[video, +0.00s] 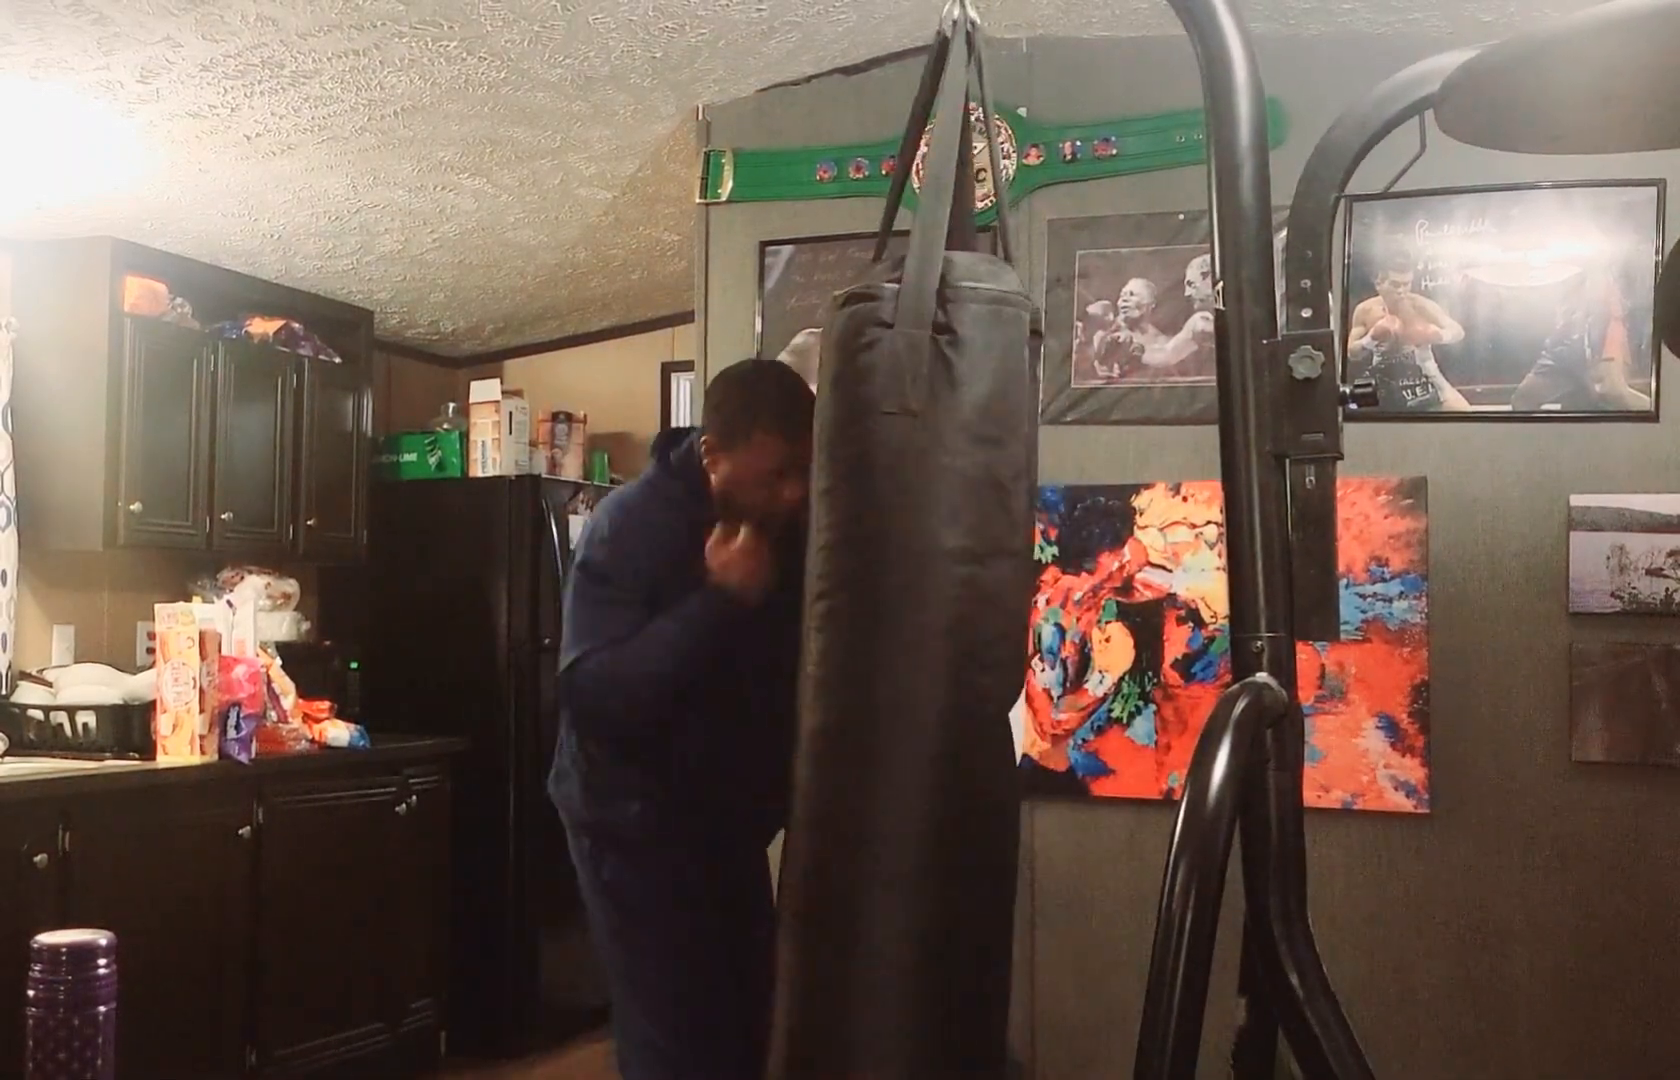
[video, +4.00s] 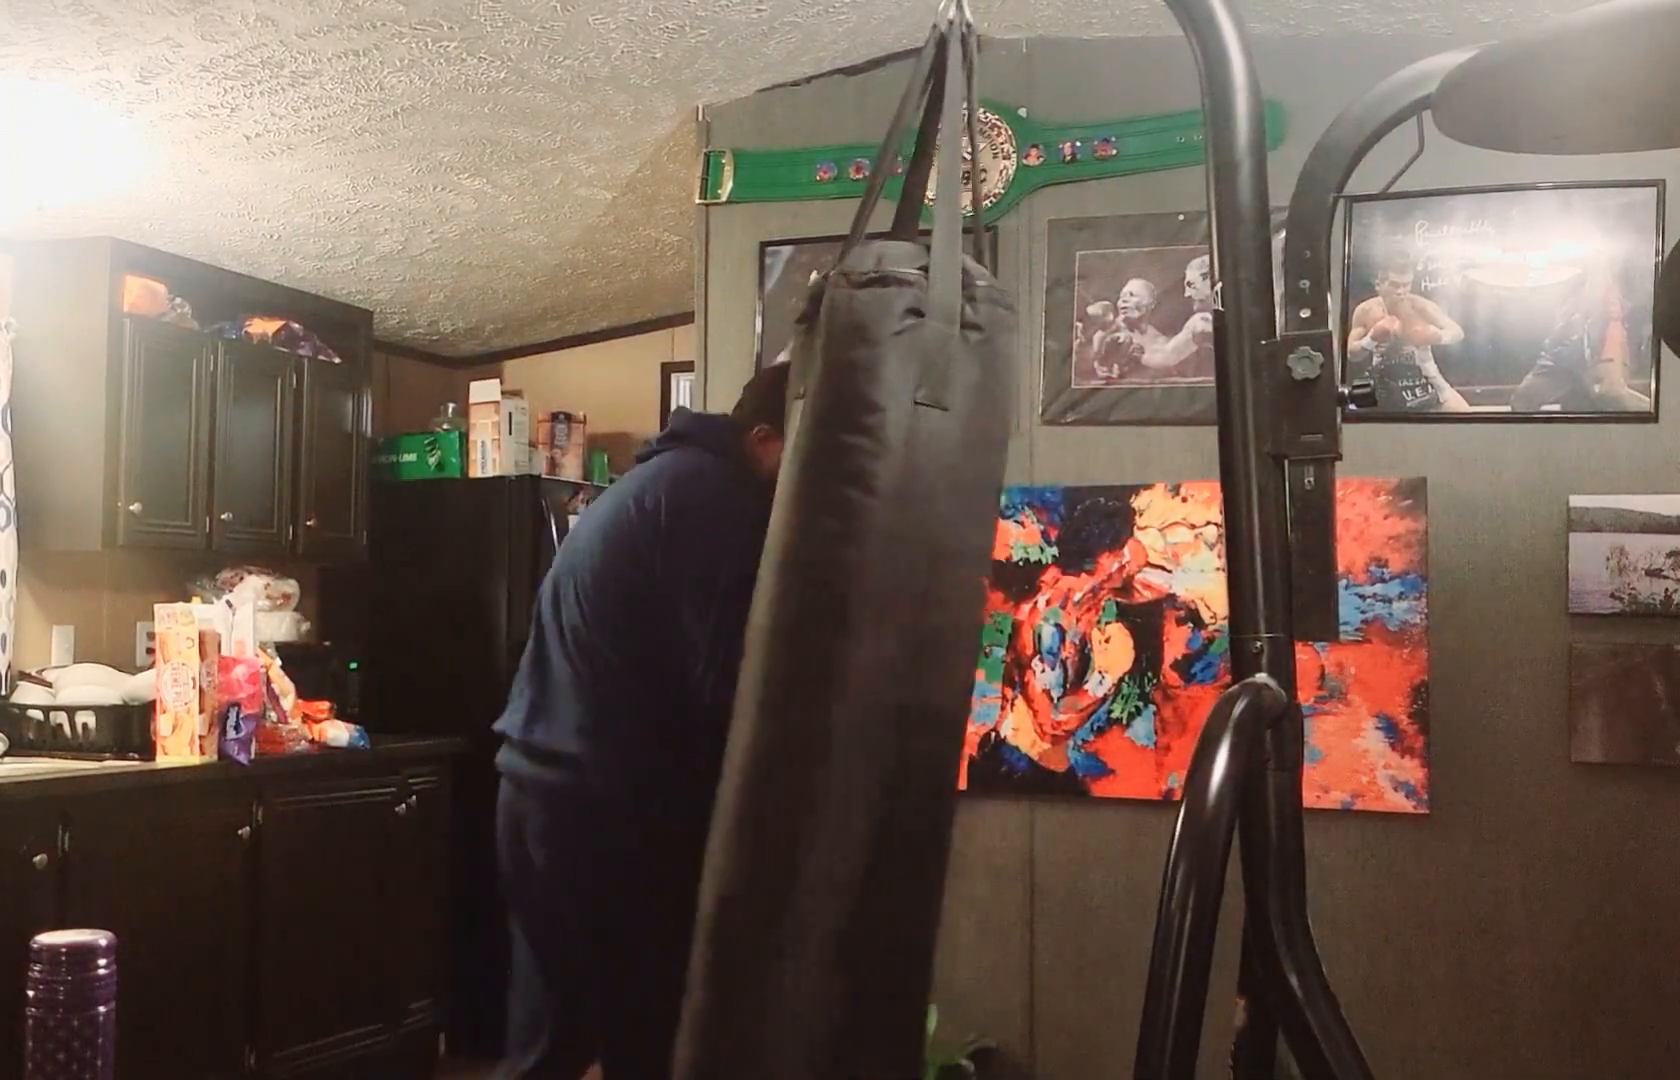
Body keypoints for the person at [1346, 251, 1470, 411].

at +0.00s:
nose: (1402, 291)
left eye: (1406, 285)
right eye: (1395, 285)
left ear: (1411, 282)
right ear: (1379, 283)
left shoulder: (1422, 305)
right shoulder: (1365, 310)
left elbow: (1457, 331)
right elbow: (1352, 353)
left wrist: (1435, 335)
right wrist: (1373, 338)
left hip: (1428, 381)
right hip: (1386, 384)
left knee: (1466, 415)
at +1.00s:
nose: (1402, 290)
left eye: (1406, 285)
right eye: (1396, 284)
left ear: (1412, 283)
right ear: (1379, 284)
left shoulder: (1421, 305)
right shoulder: (1365, 310)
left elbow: (1458, 331)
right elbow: (1352, 353)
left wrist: (1436, 335)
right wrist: (1373, 337)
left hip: (1427, 380)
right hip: (1384, 383)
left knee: (1467, 416)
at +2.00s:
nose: (1402, 291)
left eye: (1406, 285)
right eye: (1395, 285)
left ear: (1411, 283)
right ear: (1379, 284)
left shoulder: (1421, 305)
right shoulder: (1365, 311)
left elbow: (1457, 331)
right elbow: (1352, 354)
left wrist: (1436, 335)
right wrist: (1374, 337)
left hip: (1428, 382)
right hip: (1385, 386)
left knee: (1468, 418)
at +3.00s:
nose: (1401, 291)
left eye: (1406, 285)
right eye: (1395, 285)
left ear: (1411, 284)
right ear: (1378, 284)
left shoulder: (1420, 305)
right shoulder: (1365, 311)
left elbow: (1457, 332)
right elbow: (1351, 354)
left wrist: (1434, 336)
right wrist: (1372, 338)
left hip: (1426, 382)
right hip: (1383, 386)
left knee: (1467, 418)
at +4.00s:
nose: (1401, 291)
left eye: (1406, 285)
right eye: (1395, 285)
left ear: (1411, 284)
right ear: (1379, 284)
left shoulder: (1421, 306)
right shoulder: (1365, 311)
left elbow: (1457, 332)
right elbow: (1352, 354)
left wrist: (1435, 336)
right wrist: (1373, 338)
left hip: (1429, 384)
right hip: (1386, 388)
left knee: (1468, 420)